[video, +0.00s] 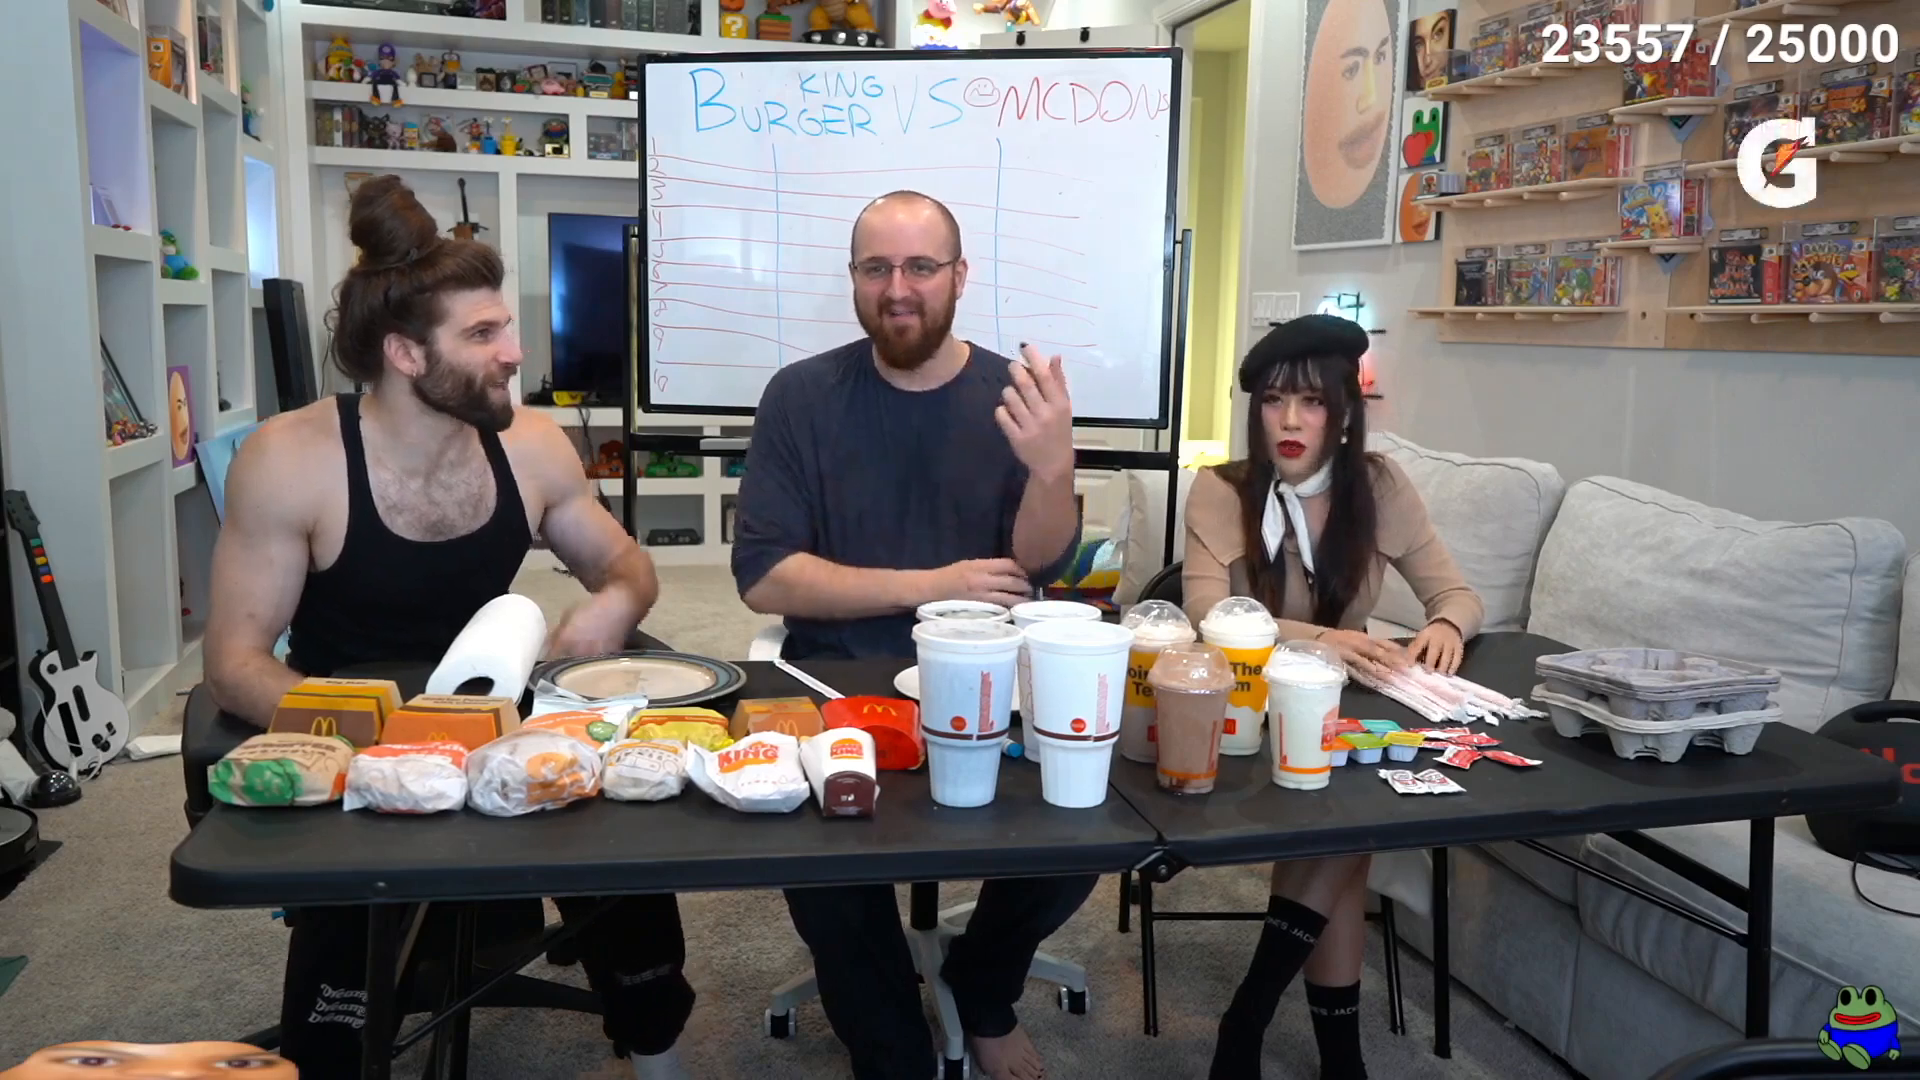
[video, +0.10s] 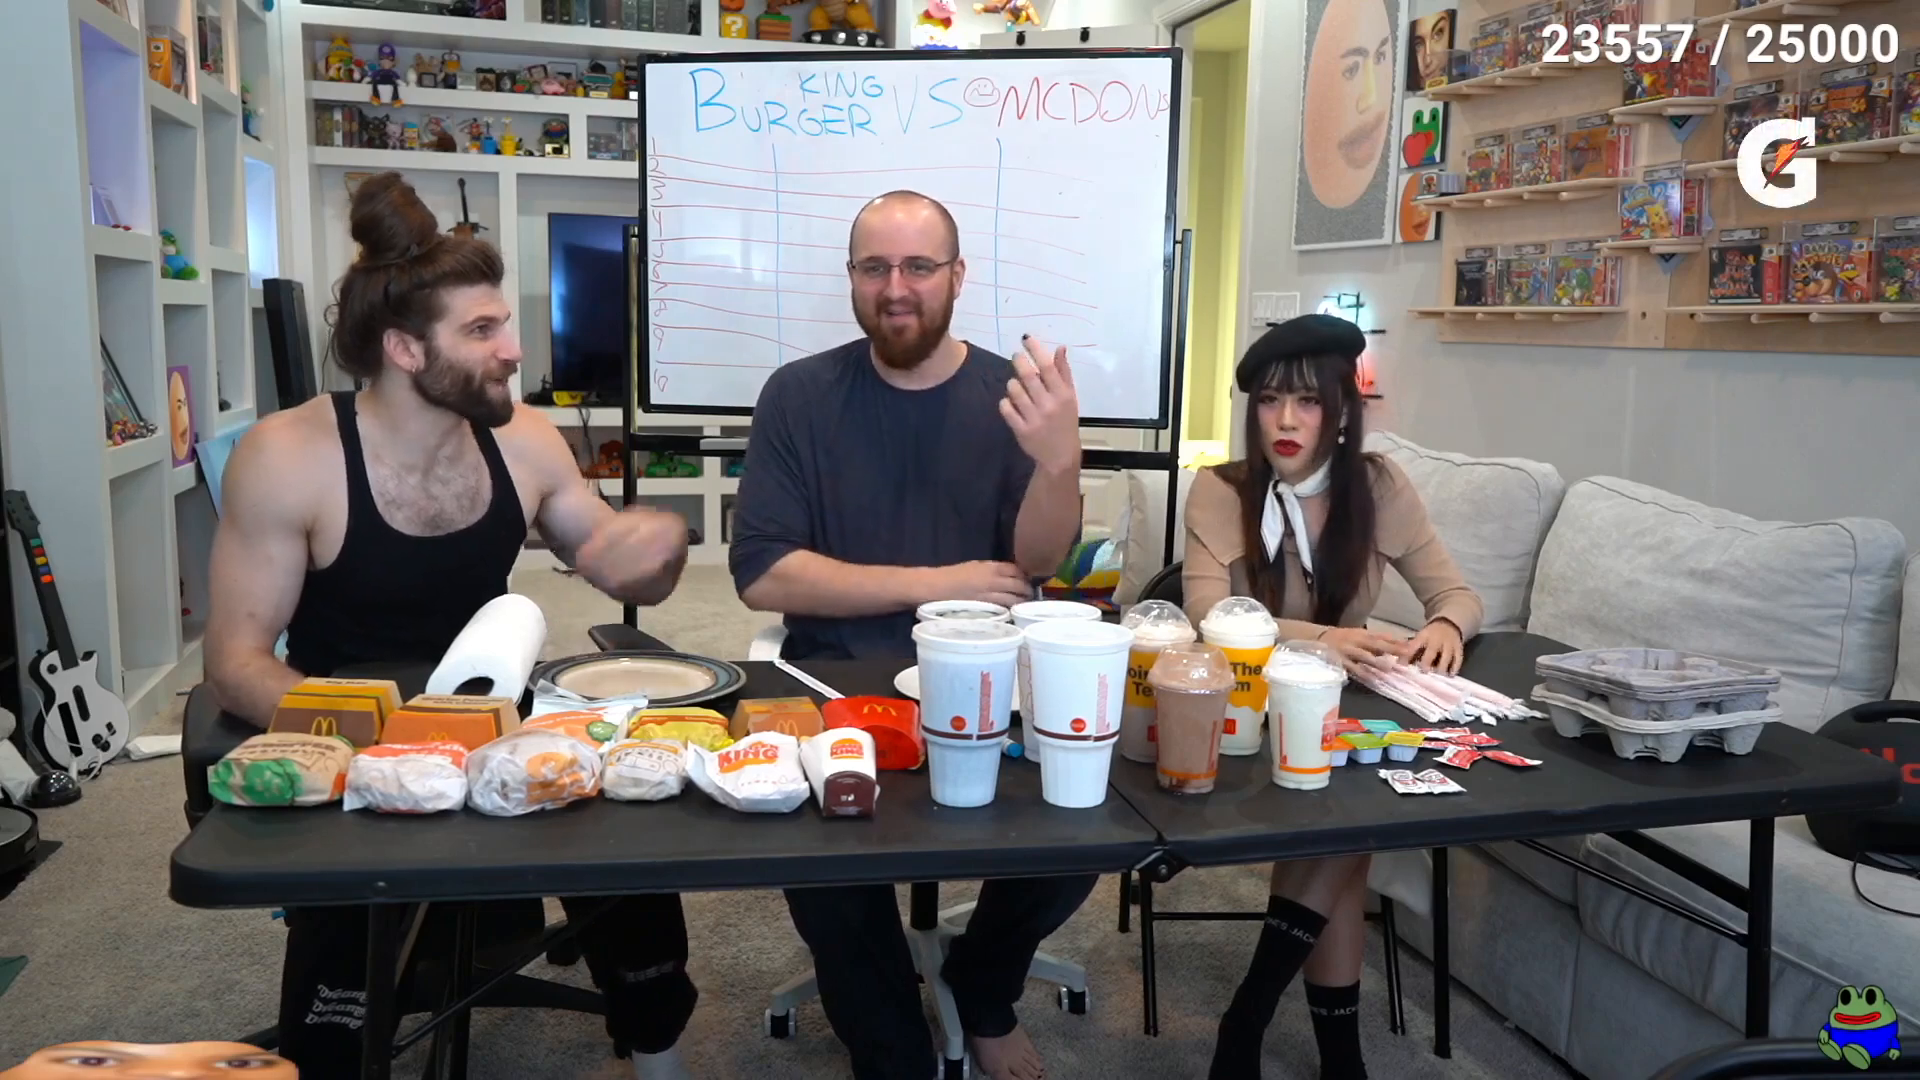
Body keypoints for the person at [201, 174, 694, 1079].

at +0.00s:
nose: (512, 351)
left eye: (508, 329)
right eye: (483, 333)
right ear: (404, 354)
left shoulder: (530, 445)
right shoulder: (288, 460)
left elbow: (628, 565)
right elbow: (234, 662)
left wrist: (613, 609)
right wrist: (347, 721)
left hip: (501, 743)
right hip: (348, 755)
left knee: (622, 833)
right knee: (351, 890)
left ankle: (655, 1054)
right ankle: (321, 1070)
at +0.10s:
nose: (511, 348)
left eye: (507, 326)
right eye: (482, 330)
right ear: (404, 351)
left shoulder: (523, 439)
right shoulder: (287, 456)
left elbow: (626, 577)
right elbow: (235, 661)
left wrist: (666, 535)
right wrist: (350, 725)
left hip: (496, 740)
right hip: (344, 753)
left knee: (624, 831)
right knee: (350, 889)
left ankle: (656, 1055)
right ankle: (320, 1071)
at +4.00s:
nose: (490, 355)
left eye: (488, 332)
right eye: (457, 339)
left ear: (495, 328)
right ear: (383, 365)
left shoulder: (537, 448)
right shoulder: (286, 468)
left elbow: (617, 615)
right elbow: (196, 656)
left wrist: (522, 675)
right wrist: (346, 708)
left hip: (508, 747)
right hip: (336, 758)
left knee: (640, 841)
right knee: (281, 883)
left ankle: (653, 1060)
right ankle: (307, 1059)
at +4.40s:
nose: (490, 354)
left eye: (489, 331)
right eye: (457, 339)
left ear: (496, 329)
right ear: (384, 364)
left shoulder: (538, 450)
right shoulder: (289, 467)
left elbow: (619, 616)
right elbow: (197, 654)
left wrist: (527, 682)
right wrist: (343, 708)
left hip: (509, 746)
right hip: (338, 756)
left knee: (637, 853)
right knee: (273, 897)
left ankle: (654, 1060)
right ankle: (298, 1062)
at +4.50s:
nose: (491, 354)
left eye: (490, 332)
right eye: (458, 338)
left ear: (497, 329)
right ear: (385, 364)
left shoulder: (538, 449)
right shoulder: (289, 466)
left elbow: (618, 616)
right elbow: (197, 653)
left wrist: (527, 684)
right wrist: (343, 708)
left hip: (508, 746)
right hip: (338, 756)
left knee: (639, 849)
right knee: (272, 886)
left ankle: (654, 1058)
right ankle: (299, 1060)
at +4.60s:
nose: (491, 354)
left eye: (491, 332)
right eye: (458, 338)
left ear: (498, 330)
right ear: (385, 362)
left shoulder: (538, 449)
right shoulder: (289, 466)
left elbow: (617, 616)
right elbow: (197, 653)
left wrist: (524, 684)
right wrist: (343, 708)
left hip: (510, 746)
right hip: (339, 756)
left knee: (639, 848)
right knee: (271, 882)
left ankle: (652, 1058)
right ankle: (299, 1060)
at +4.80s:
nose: (492, 354)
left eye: (491, 331)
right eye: (459, 338)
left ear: (498, 330)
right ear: (386, 363)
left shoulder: (537, 448)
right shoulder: (290, 466)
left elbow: (620, 613)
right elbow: (197, 654)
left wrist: (530, 678)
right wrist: (343, 708)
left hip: (508, 745)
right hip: (338, 755)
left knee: (638, 844)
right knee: (271, 877)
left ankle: (652, 1059)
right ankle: (299, 1060)